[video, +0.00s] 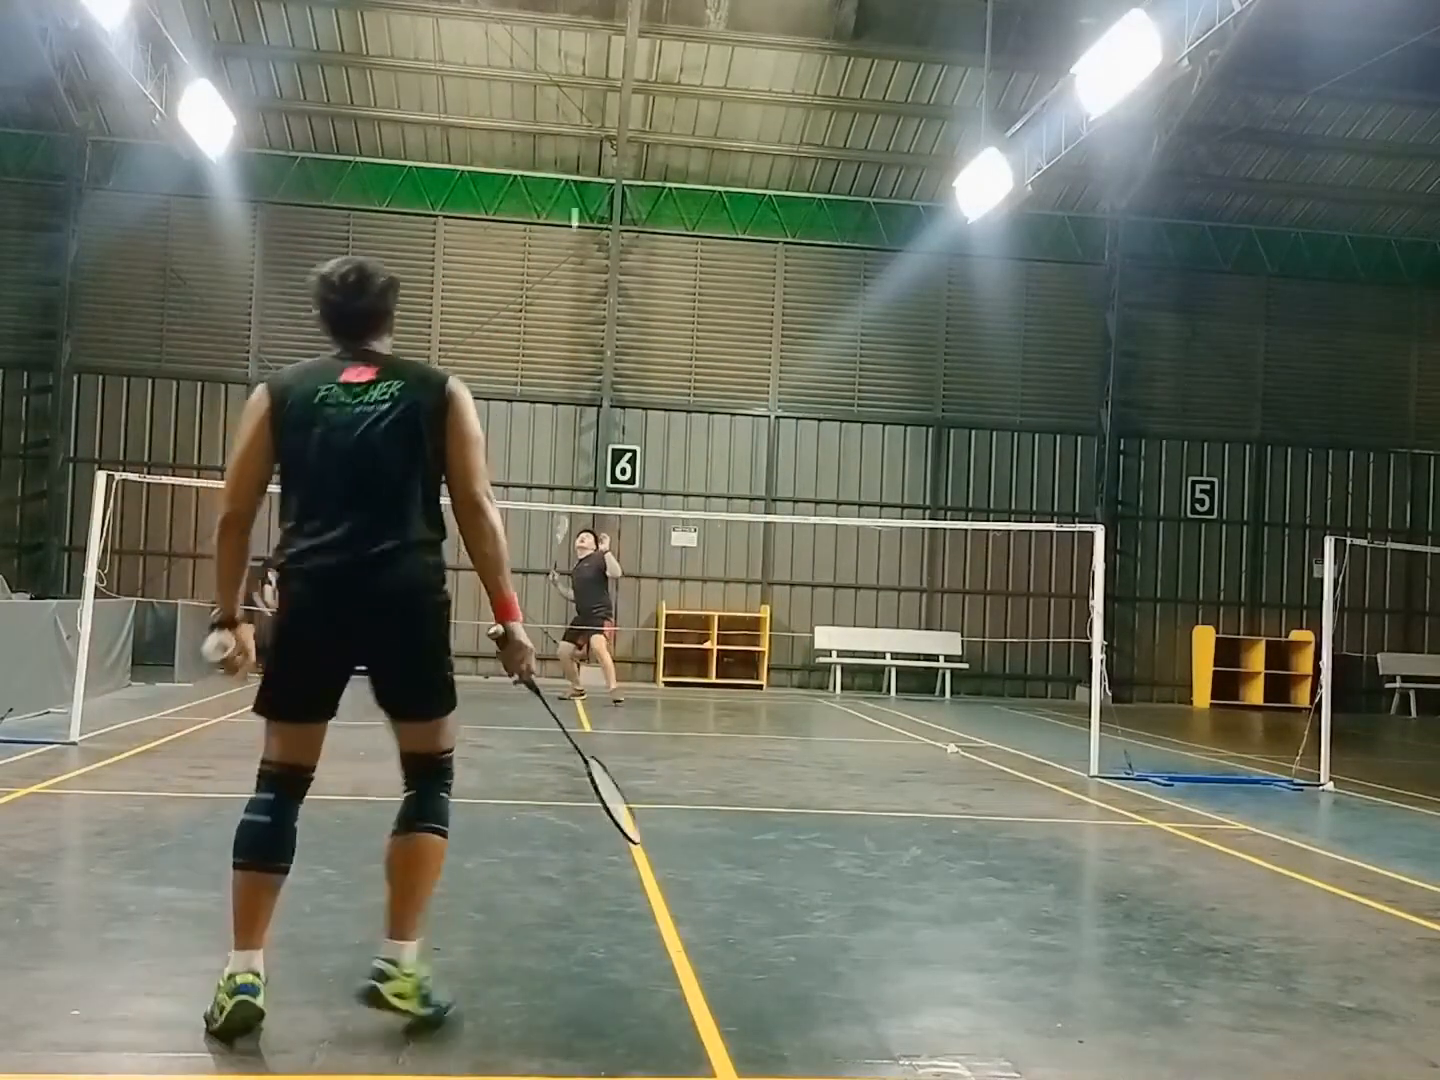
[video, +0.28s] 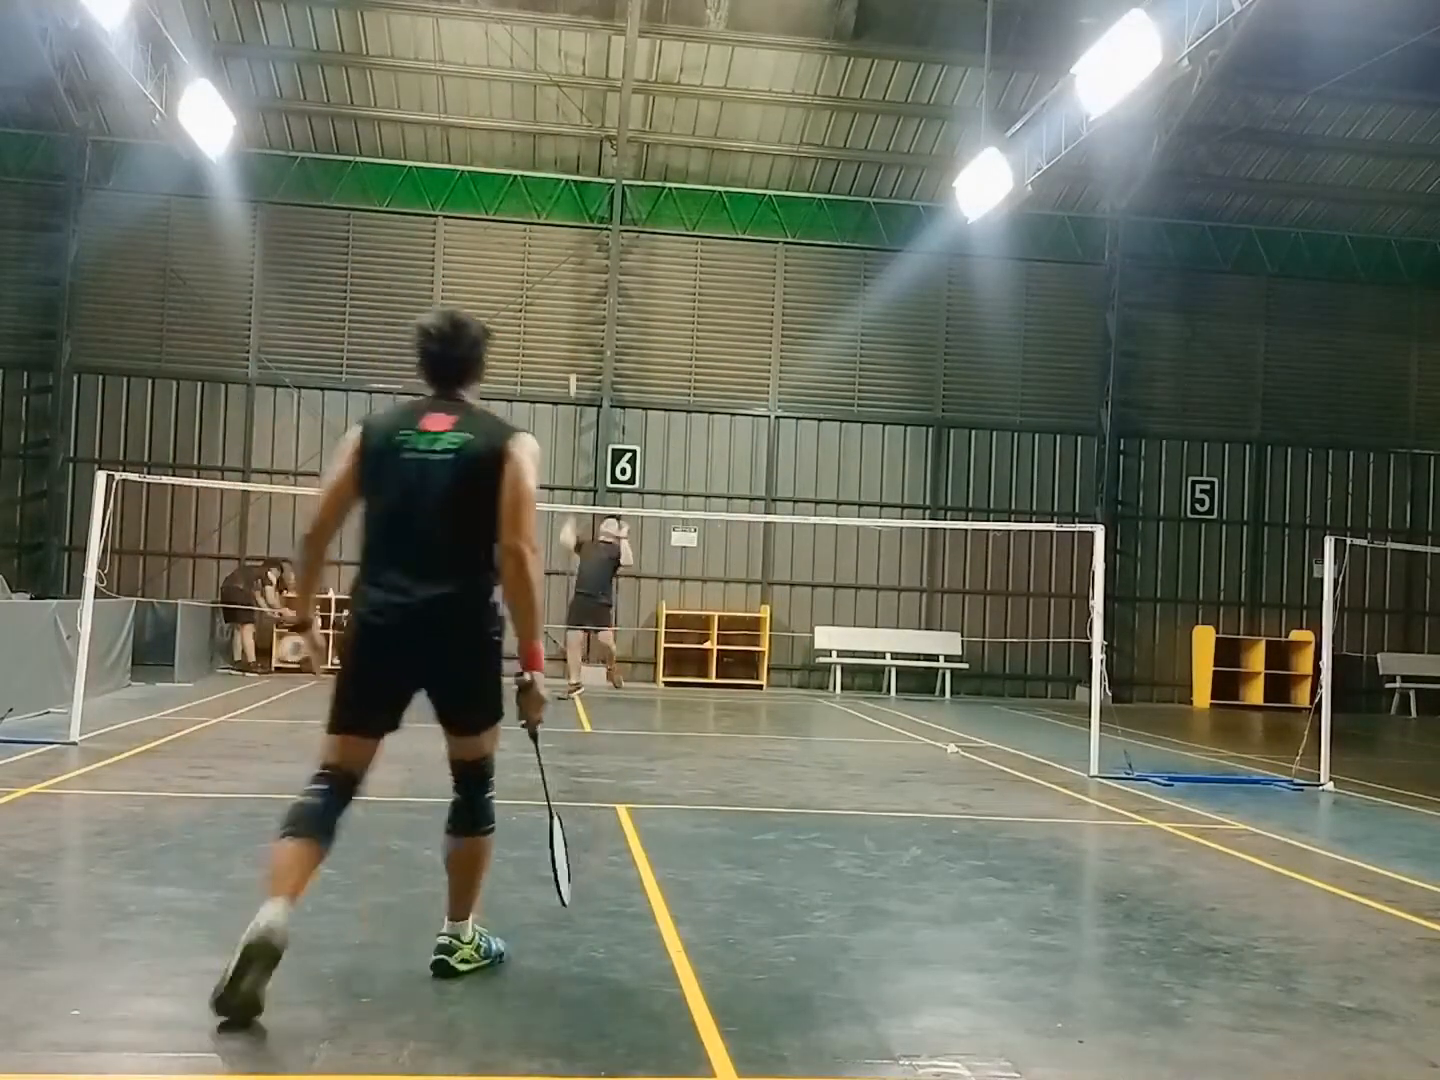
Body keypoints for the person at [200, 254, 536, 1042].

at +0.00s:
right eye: (384, 313)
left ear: (323, 321)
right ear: (392, 319)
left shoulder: (281, 394)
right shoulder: (440, 392)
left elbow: (236, 510)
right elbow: (475, 509)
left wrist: (229, 615)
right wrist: (510, 619)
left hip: (311, 610)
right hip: (409, 611)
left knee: (280, 782)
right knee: (427, 776)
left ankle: (245, 974)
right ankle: (401, 963)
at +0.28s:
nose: (467, 373)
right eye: (475, 362)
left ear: (420, 367)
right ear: (479, 370)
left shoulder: (376, 432)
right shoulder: (508, 445)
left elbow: (319, 529)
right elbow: (517, 555)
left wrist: (304, 609)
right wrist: (531, 662)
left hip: (381, 630)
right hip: (463, 635)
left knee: (334, 779)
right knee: (473, 784)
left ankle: (274, 915)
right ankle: (459, 937)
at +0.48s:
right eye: (533, 357)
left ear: (476, 357)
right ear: (533, 362)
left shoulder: (431, 415)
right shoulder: (556, 428)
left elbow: (388, 510)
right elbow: (569, 534)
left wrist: (386, 596)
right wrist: (585, 624)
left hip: (430, 602)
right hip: (503, 610)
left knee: (440, 738)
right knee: (493, 765)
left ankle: (397, 878)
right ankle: (462, 924)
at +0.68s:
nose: (555, 400)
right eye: (556, 392)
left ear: (500, 393)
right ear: (552, 396)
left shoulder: (457, 452)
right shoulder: (563, 460)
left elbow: (421, 545)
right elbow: (580, 553)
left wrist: (421, 628)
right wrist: (649, 595)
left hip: (463, 637)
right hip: (524, 638)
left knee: (476, 760)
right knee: (596, 757)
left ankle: (437, 901)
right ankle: (511, 881)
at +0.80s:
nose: (592, 394)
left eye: (589, 383)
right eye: (588, 385)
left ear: (532, 392)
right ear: (572, 393)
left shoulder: (487, 448)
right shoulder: (581, 461)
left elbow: (446, 533)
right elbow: (609, 547)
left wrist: (435, 612)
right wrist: (698, 545)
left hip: (482, 629)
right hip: (550, 627)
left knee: (484, 758)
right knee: (627, 745)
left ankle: (440, 898)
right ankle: (580, 891)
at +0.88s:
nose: (633, 371)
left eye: (629, 360)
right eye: (627, 362)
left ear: (573, 372)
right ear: (607, 372)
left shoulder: (524, 418)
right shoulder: (624, 445)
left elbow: (475, 497)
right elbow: (705, 498)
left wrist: (459, 571)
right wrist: (800, 483)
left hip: (503, 604)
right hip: (568, 610)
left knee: (483, 741)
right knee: (623, 742)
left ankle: (442, 879)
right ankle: (660, 899)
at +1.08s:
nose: (711, 388)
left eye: (705, 378)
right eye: (701, 380)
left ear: (653, 396)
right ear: (674, 394)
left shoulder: (603, 432)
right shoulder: (694, 456)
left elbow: (542, 496)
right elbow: (801, 483)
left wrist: (522, 563)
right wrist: (841, 478)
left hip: (548, 610)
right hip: (598, 622)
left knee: (513, 737)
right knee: (658, 763)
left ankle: (449, 862)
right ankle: (659, 930)